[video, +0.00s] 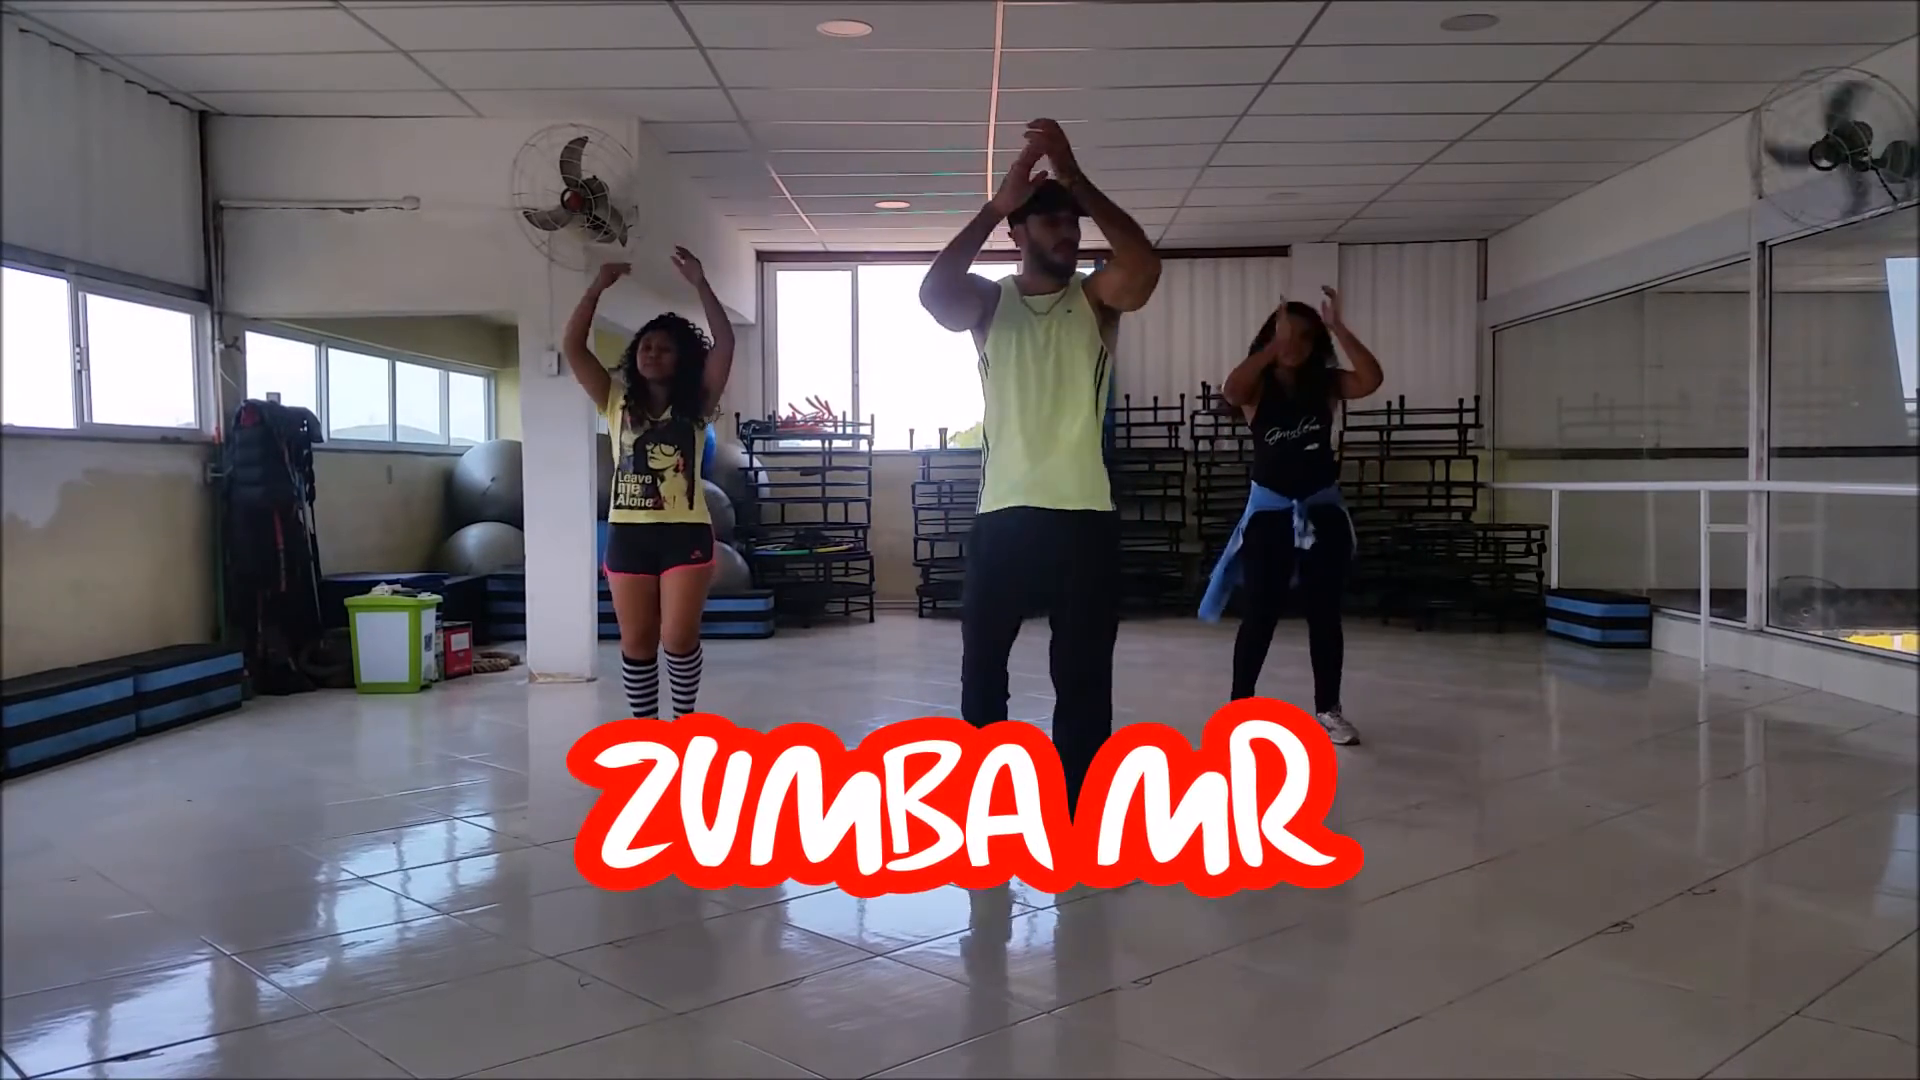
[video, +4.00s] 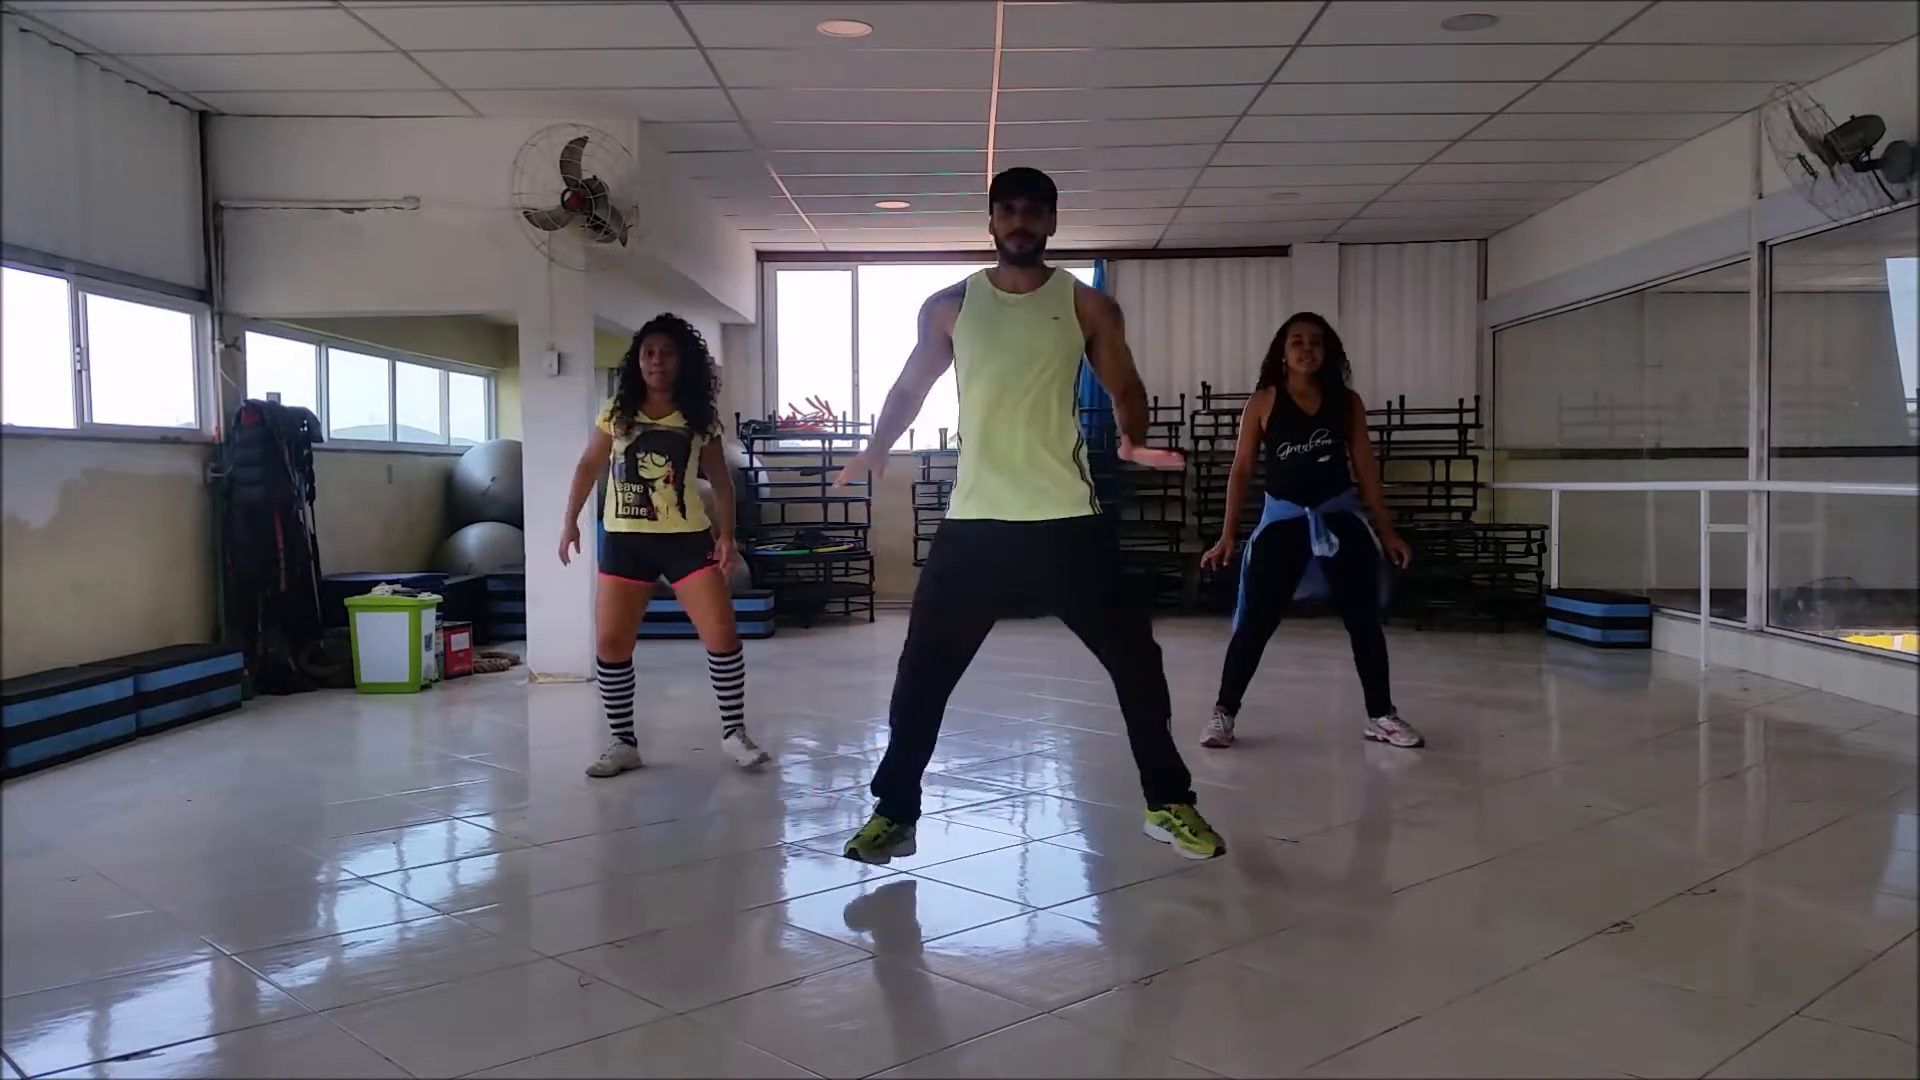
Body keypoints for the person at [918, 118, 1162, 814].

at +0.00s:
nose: (1065, 231)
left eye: (1071, 220)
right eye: (1050, 220)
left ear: (1081, 230)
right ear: (1017, 232)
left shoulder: (1097, 297)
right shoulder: (991, 302)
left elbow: (1142, 263)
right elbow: (936, 290)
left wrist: (1076, 180)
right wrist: (998, 208)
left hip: (1086, 518)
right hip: (1006, 517)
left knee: (1084, 684)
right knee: (981, 672)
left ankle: (1080, 822)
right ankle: (981, 810)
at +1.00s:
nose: (1093, 243)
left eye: (1093, 233)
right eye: (1083, 232)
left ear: (1071, 243)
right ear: (1042, 239)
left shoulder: (1100, 300)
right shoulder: (990, 305)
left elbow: (1160, 300)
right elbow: (923, 311)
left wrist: (1109, 217)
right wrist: (982, 225)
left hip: (1088, 523)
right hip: (1005, 522)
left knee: (1095, 684)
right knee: (975, 666)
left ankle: (1082, 819)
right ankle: (969, 798)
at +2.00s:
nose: (1053, 225)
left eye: (1067, 217)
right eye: (1041, 216)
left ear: (1087, 235)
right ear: (1027, 234)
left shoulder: (1112, 298)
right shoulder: (996, 303)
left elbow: (1167, 313)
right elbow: (935, 336)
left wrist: (1123, 226)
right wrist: (967, 235)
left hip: (1095, 523)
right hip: (1012, 520)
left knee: (1102, 691)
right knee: (979, 666)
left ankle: (1086, 827)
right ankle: (983, 803)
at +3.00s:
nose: (1060, 233)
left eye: (1073, 221)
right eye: (1047, 221)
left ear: (1094, 227)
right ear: (1030, 229)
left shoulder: (1133, 306)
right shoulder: (1000, 312)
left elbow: (1231, 366)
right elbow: (923, 378)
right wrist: (913, 410)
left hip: (1108, 529)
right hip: (1018, 527)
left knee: (1124, 686)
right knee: (975, 669)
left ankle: (1119, 823)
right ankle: (951, 808)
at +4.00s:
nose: (1020, 222)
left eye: (1032, 211)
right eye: (1007, 210)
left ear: (1052, 220)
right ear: (989, 220)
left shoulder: (1089, 307)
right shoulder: (950, 308)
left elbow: (1127, 390)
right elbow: (909, 390)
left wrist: (1133, 437)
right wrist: (877, 448)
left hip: (1069, 522)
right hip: (975, 524)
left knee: (1135, 657)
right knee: (923, 668)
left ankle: (1169, 799)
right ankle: (894, 810)